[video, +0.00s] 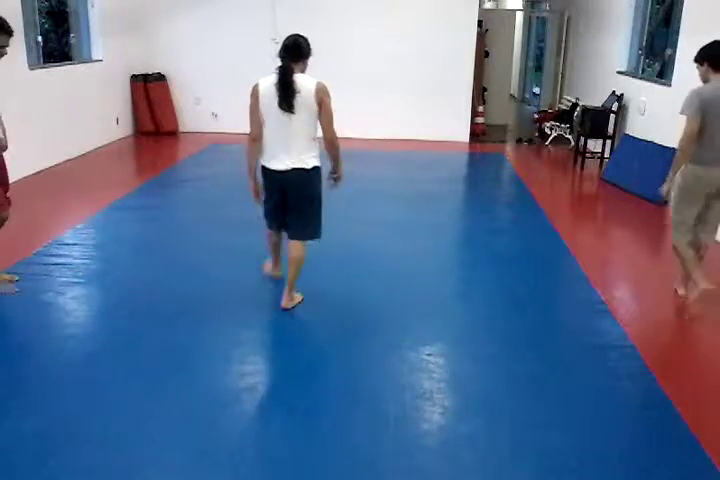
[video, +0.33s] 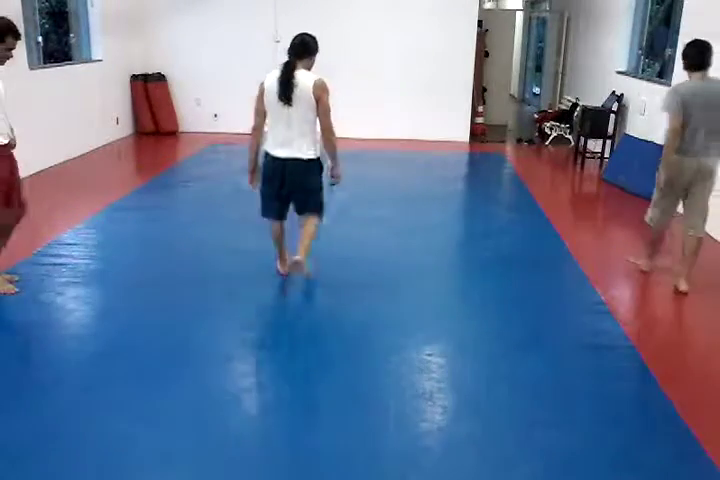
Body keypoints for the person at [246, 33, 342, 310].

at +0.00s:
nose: (307, 63)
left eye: (305, 58)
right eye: (307, 58)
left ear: (281, 56)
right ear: (306, 59)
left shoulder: (260, 89)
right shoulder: (317, 89)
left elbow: (255, 137)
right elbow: (329, 137)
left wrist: (253, 177)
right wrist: (336, 165)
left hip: (272, 173)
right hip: (304, 174)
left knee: (273, 223)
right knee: (298, 236)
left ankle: (275, 264)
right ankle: (289, 294)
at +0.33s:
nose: (314, 61)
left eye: (314, 57)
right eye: (314, 57)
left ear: (290, 53)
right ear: (311, 57)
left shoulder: (268, 82)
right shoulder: (316, 84)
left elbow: (257, 127)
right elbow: (326, 130)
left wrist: (252, 165)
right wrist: (335, 163)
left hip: (274, 162)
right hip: (305, 162)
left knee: (276, 215)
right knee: (311, 212)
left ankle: (282, 261)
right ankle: (301, 255)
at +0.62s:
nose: (330, 65)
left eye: (331, 60)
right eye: (330, 60)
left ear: (310, 54)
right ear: (323, 58)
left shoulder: (286, 76)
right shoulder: (322, 84)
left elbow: (276, 115)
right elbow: (325, 127)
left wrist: (283, 138)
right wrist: (330, 165)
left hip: (286, 151)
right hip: (312, 154)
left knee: (288, 206)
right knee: (321, 200)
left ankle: (285, 259)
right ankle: (318, 243)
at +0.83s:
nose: (343, 63)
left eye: (345, 58)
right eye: (343, 58)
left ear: (324, 52)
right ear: (332, 54)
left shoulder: (307, 71)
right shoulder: (327, 79)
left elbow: (303, 114)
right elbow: (328, 122)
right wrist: (336, 157)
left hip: (301, 142)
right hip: (318, 145)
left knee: (310, 192)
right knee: (328, 197)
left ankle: (294, 228)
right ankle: (319, 243)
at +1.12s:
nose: (351, 66)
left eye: (353, 61)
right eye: (350, 60)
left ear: (339, 56)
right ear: (337, 55)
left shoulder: (335, 77)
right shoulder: (316, 77)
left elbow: (336, 110)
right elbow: (310, 114)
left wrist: (343, 133)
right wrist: (333, 138)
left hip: (334, 138)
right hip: (317, 140)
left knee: (337, 187)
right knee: (326, 193)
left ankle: (329, 222)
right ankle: (317, 243)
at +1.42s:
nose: (344, 63)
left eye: (347, 59)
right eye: (341, 59)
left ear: (349, 57)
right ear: (329, 53)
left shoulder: (350, 74)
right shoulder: (309, 71)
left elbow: (360, 104)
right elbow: (298, 104)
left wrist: (373, 133)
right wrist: (296, 135)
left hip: (337, 133)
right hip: (312, 132)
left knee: (335, 182)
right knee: (310, 182)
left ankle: (330, 221)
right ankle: (304, 221)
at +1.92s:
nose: (305, 63)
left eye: (309, 59)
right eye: (301, 59)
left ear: (317, 55)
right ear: (296, 55)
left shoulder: (329, 72)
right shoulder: (288, 70)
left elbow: (336, 103)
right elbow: (283, 101)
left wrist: (336, 130)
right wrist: (280, 131)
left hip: (323, 129)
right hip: (298, 129)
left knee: (331, 176)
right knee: (295, 175)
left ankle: (333, 218)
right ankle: (296, 212)